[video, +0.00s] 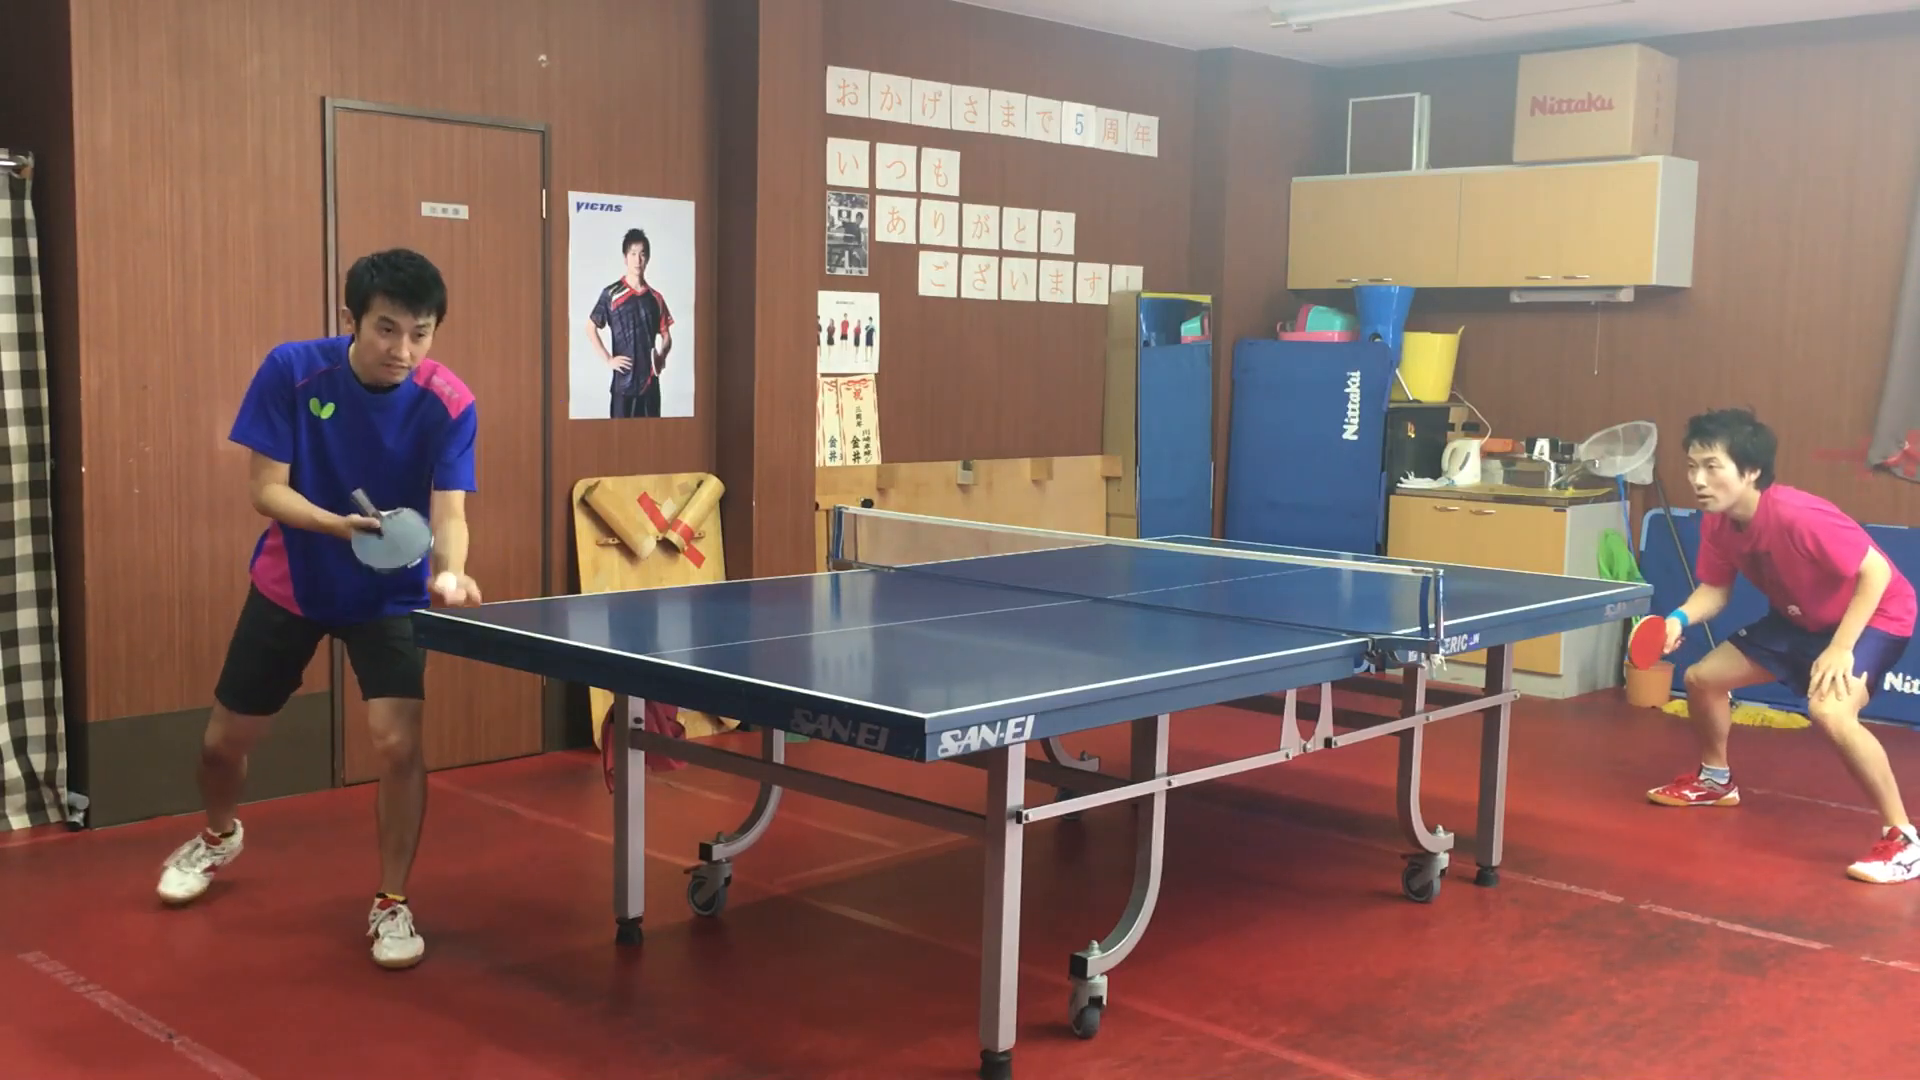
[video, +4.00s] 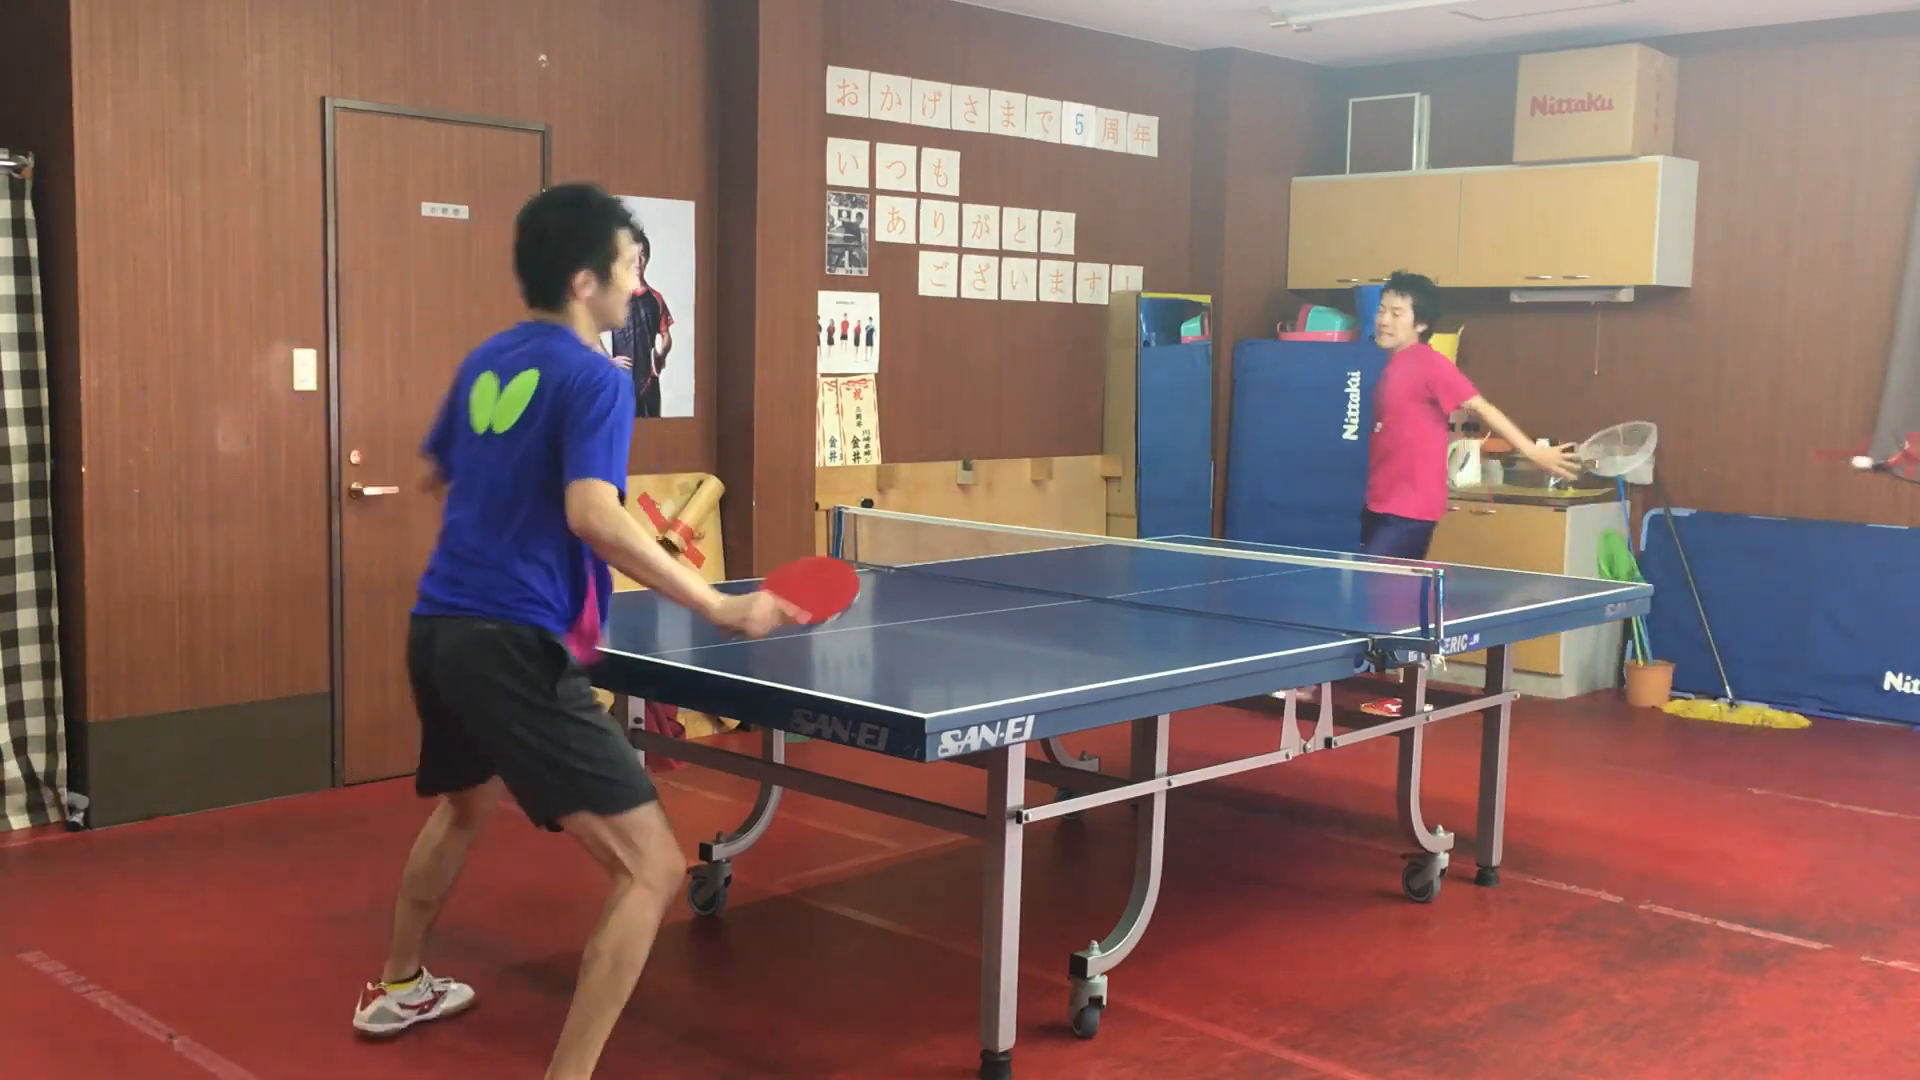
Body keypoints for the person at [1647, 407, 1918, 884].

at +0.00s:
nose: (1697, 480)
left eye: (1711, 467)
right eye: (1692, 467)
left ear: (1751, 473)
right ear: (1686, 470)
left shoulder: (1799, 517)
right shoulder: (1718, 521)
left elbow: (1877, 571)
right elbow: (1714, 590)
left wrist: (1841, 646)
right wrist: (1677, 620)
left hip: (1877, 617)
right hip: (1801, 617)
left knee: (1829, 711)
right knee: (1703, 679)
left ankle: (1903, 836)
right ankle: (1713, 780)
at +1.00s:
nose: (1711, 370)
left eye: (1727, 359)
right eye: (1709, 359)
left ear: (1767, 373)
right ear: (1706, 366)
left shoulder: (1809, 432)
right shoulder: (1723, 432)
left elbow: (1865, 506)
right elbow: (1718, 508)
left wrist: (1827, 578)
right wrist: (1668, 528)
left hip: (1835, 588)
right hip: (1763, 585)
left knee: (1857, 709)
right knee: (1703, 679)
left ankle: (1911, 831)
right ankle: (1714, 776)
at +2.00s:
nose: (1549, 364)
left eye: (1564, 351)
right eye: (1543, 352)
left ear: (1606, 359)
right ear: (1538, 360)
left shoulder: (1664, 409)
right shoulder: (1538, 439)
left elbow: (1729, 464)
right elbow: (1515, 516)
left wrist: (1763, 514)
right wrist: (1474, 531)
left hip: (1685, 591)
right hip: (1593, 592)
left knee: (1760, 701)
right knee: (1512, 681)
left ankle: (1832, 827)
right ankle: (1488, 811)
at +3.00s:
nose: (1669, 359)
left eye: (1683, 348)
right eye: (1662, 348)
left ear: (1712, 358)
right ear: (1654, 354)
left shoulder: (1734, 402)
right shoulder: (1666, 414)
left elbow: (1713, 475)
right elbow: (1667, 477)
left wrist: (1654, 443)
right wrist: (1609, 488)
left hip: (1771, 546)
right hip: (1704, 543)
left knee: (1814, 654)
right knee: (1641, 624)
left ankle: (1858, 735)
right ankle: (1641, 719)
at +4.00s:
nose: (1382, 319)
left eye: (1395, 313)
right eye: (1381, 310)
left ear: (1421, 324)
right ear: (1377, 312)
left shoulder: (1430, 363)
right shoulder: (1393, 365)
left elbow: (1482, 408)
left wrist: (1534, 452)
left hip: (1410, 509)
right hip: (1379, 504)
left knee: (1367, 593)